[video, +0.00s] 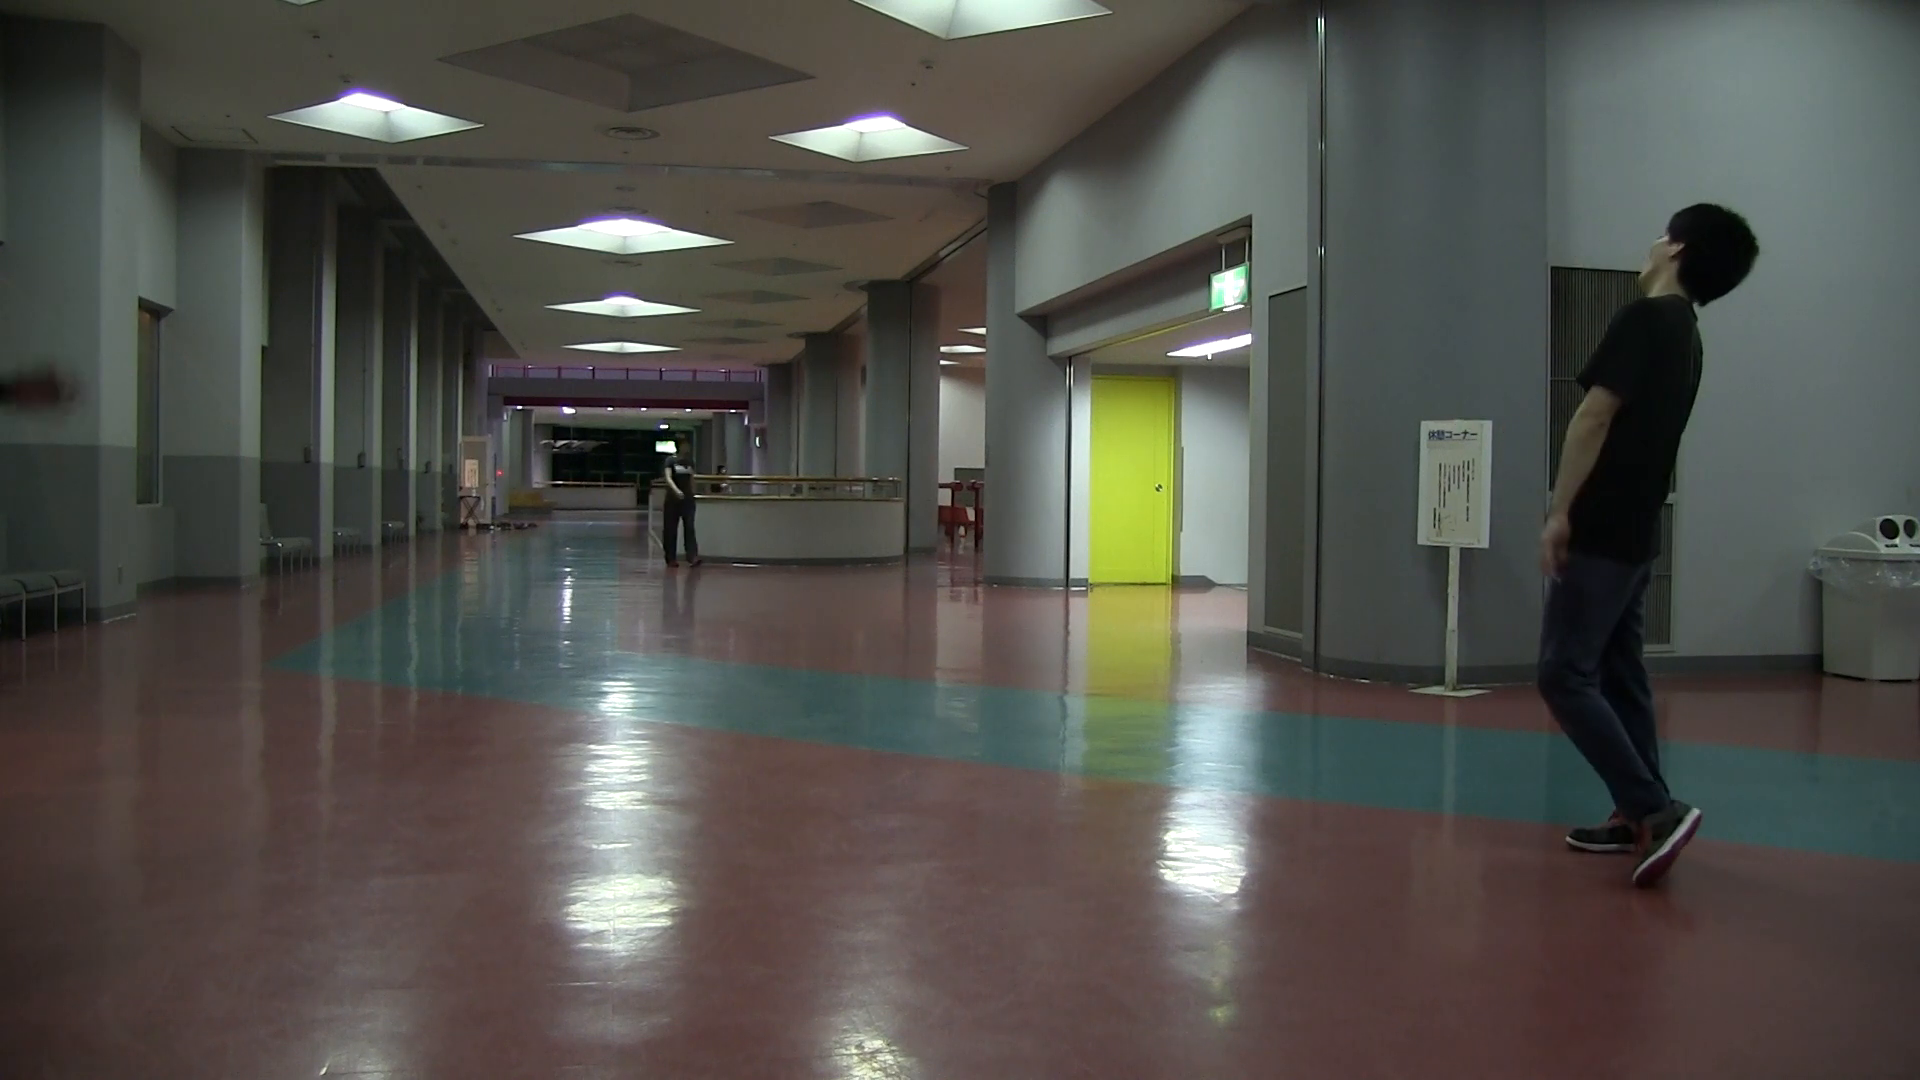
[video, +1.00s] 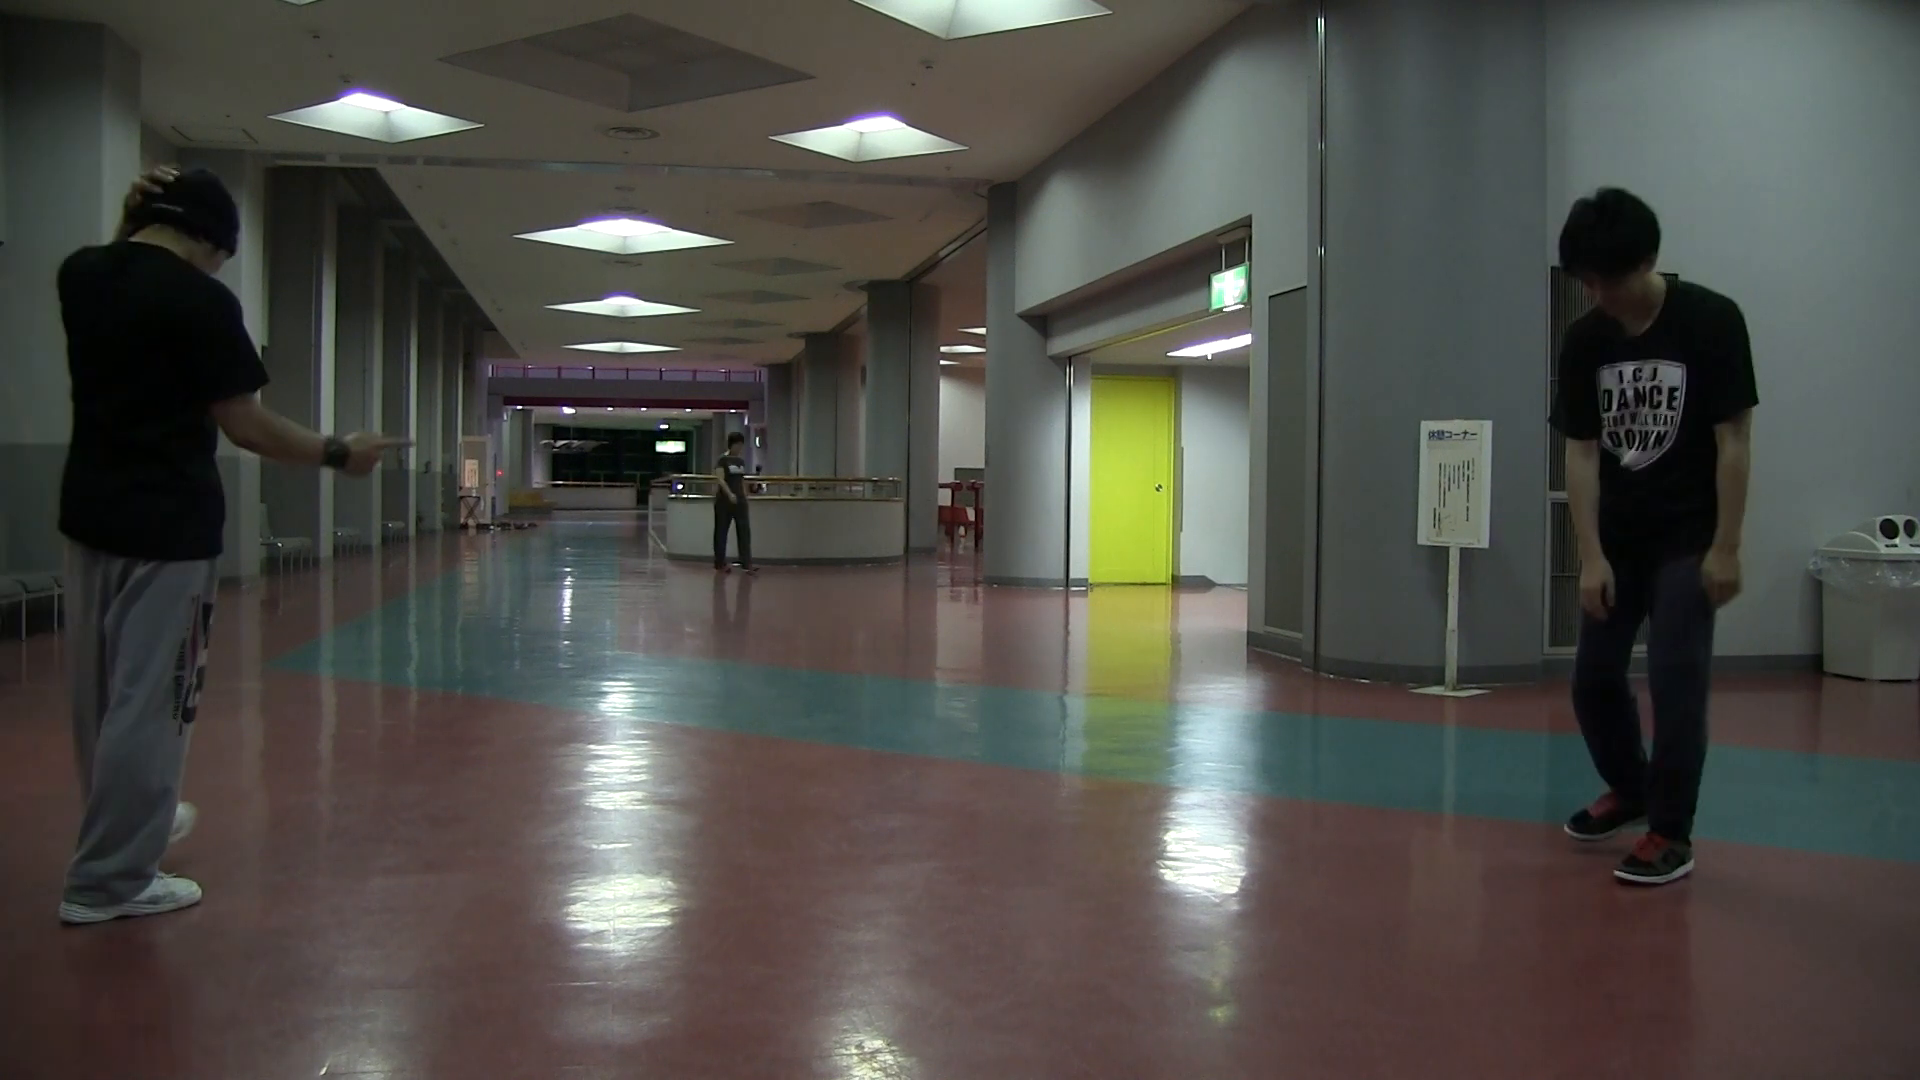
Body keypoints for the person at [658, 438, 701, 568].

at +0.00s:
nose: (686, 448)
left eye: (687, 446)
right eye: (683, 446)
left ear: (689, 447)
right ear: (678, 447)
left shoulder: (690, 462)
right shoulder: (670, 461)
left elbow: (692, 479)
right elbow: (668, 478)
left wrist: (692, 492)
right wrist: (677, 491)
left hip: (687, 499)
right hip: (673, 500)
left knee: (689, 529)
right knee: (670, 530)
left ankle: (692, 557)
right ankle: (671, 558)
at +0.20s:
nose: (697, 452)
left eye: (698, 449)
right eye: (694, 449)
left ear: (700, 451)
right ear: (690, 450)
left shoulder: (700, 465)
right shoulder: (681, 463)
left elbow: (700, 482)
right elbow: (677, 478)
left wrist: (702, 495)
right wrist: (689, 490)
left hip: (698, 501)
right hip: (684, 501)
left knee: (698, 530)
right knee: (681, 528)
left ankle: (697, 559)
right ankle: (673, 556)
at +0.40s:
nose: (706, 449)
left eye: (708, 446)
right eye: (704, 446)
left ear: (710, 448)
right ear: (699, 446)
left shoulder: (711, 462)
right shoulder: (689, 461)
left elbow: (715, 481)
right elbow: (684, 481)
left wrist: (718, 498)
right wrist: (683, 500)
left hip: (707, 500)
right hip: (693, 500)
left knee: (702, 529)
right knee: (696, 529)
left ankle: (699, 559)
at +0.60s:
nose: (717, 452)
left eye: (718, 449)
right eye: (714, 449)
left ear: (720, 451)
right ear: (708, 450)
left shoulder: (719, 466)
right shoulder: (699, 465)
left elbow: (727, 479)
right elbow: (689, 482)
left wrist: (736, 486)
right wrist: (681, 499)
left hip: (716, 503)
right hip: (702, 504)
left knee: (706, 532)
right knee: (709, 532)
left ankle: (698, 560)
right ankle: (716, 561)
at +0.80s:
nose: (728, 449)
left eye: (729, 446)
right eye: (726, 446)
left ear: (730, 447)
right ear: (719, 447)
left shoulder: (730, 464)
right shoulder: (709, 463)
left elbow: (736, 481)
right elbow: (703, 482)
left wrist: (744, 495)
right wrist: (700, 500)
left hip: (727, 501)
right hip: (713, 501)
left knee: (730, 529)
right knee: (718, 531)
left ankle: (713, 551)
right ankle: (721, 562)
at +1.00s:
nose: (740, 449)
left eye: (741, 446)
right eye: (738, 445)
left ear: (741, 446)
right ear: (731, 445)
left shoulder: (740, 462)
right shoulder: (722, 460)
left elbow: (742, 480)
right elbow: (720, 479)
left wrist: (745, 495)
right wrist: (730, 494)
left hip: (739, 498)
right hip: (724, 499)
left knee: (744, 531)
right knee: (721, 532)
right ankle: (720, 562)